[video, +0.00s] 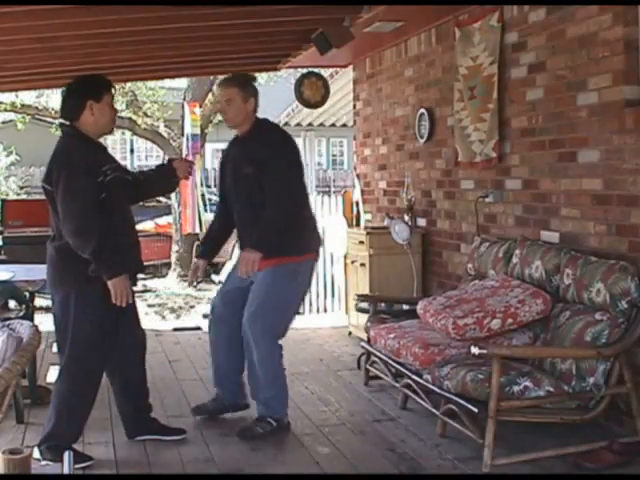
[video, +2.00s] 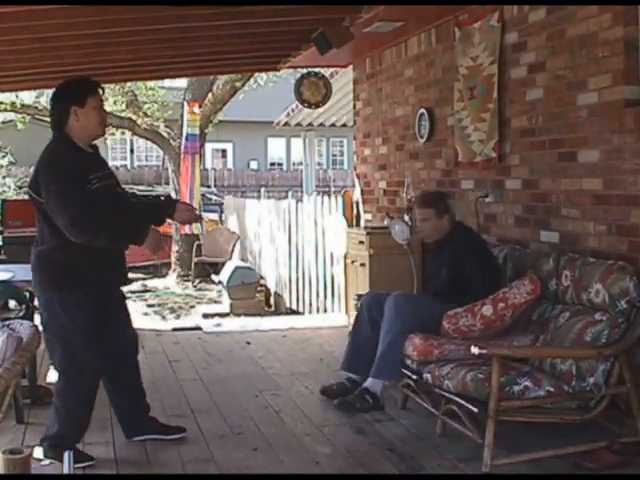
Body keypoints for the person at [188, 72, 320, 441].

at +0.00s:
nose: (222, 110)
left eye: (228, 102)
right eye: (220, 103)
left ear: (250, 102)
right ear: (223, 107)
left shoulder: (277, 141)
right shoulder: (232, 153)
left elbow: (286, 202)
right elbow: (228, 210)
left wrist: (258, 244)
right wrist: (205, 254)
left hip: (291, 253)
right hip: (255, 254)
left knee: (259, 324)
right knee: (223, 313)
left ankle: (274, 415)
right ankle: (230, 395)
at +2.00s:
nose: (419, 226)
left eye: (425, 220)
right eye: (417, 221)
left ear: (446, 219)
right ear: (416, 220)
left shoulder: (468, 243)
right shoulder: (432, 244)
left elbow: (487, 289)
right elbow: (433, 285)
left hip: (465, 316)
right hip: (438, 309)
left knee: (400, 303)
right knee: (373, 301)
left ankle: (373, 391)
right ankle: (355, 379)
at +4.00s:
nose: (214, 172)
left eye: (220, 165)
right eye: (214, 165)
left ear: (245, 169)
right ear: (239, 172)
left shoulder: (274, 206)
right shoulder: (245, 215)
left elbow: (273, 279)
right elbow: (243, 274)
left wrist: (239, 329)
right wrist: (230, 322)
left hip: (334, 287)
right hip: (305, 285)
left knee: (264, 347)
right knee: (249, 340)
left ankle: (289, 440)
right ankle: (271, 415)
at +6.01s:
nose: (276, 163)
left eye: (281, 155)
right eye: (276, 156)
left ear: (306, 157)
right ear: (299, 159)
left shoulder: (346, 193)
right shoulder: (304, 202)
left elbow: (380, 244)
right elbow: (322, 251)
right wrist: (328, 290)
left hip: (375, 286)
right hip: (340, 285)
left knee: (321, 340)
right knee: (302, 334)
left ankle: (364, 425)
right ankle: (333, 413)